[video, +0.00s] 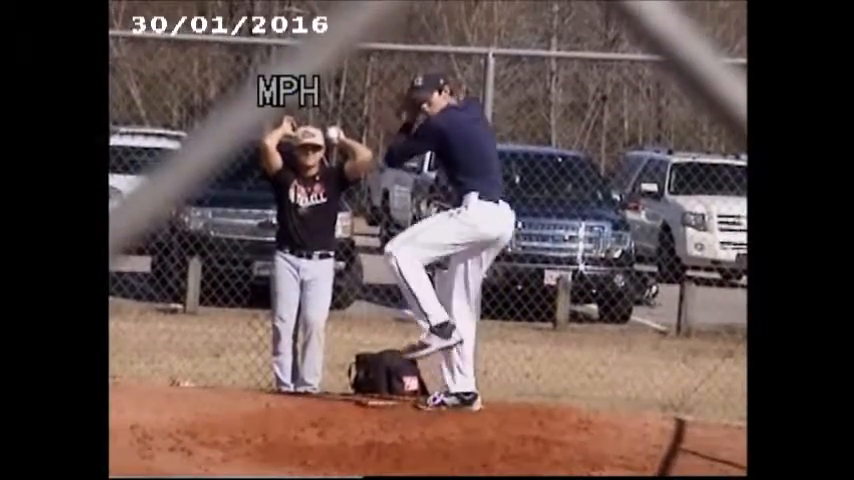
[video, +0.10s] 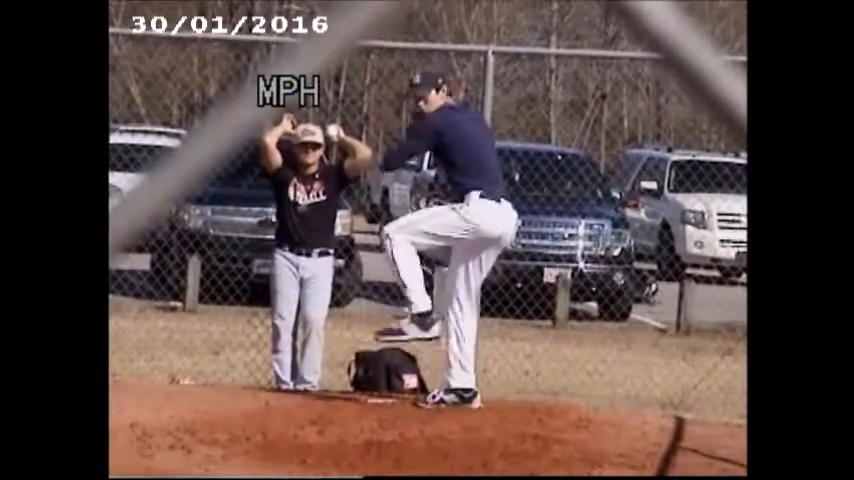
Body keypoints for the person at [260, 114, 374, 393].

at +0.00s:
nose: (309, 156)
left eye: (314, 151)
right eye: (304, 151)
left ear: (323, 152)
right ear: (295, 153)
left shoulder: (334, 177)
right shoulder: (284, 178)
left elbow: (366, 158)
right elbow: (267, 146)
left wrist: (343, 141)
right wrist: (282, 130)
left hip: (321, 261)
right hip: (287, 259)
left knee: (314, 323)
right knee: (283, 323)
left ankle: (309, 382)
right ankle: (283, 382)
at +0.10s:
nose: (309, 154)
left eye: (314, 149)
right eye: (304, 149)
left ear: (323, 150)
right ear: (295, 151)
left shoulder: (334, 175)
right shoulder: (284, 176)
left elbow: (365, 156)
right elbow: (267, 144)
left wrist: (342, 139)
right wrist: (283, 127)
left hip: (320, 259)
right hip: (286, 257)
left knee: (314, 320)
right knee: (282, 320)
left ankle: (308, 380)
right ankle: (283, 380)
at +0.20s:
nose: (310, 155)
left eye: (315, 150)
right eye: (305, 150)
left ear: (324, 151)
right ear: (296, 151)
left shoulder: (334, 177)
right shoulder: (284, 177)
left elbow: (367, 159)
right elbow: (268, 147)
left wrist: (343, 140)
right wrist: (282, 130)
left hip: (321, 261)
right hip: (286, 259)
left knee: (314, 323)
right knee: (282, 322)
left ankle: (309, 382)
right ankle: (283, 382)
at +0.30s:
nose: (310, 153)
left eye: (315, 148)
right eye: (305, 148)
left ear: (324, 150)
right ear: (295, 149)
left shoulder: (332, 174)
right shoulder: (284, 174)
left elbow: (366, 156)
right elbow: (268, 145)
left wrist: (342, 138)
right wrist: (282, 127)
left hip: (320, 258)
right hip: (286, 256)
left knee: (313, 322)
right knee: (282, 320)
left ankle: (309, 380)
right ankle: (283, 380)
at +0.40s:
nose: (312, 154)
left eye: (317, 148)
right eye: (307, 148)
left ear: (325, 150)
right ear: (299, 150)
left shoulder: (335, 177)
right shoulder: (286, 176)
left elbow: (368, 159)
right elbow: (269, 147)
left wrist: (343, 141)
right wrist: (283, 130)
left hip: (321, 260)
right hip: (287, 258)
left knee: (315, 323)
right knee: (283, 322)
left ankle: (308, 382)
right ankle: (283, 382)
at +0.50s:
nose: (309, 152)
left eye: (315, 147)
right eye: (304, 147)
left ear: (323, 149)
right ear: (295, 149)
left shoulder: (334, 175)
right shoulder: (284, 175)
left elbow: (356, 165)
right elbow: (269, 144)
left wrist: (349, 145)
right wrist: (282, 127)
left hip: (320, 259)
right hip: (286, 257)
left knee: (314, 320)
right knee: (282, 320)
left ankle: (308, 379)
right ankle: (282, 380)